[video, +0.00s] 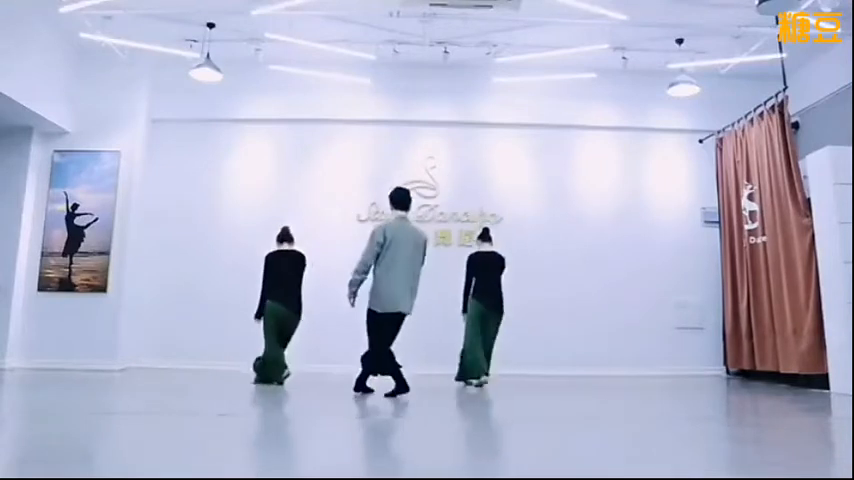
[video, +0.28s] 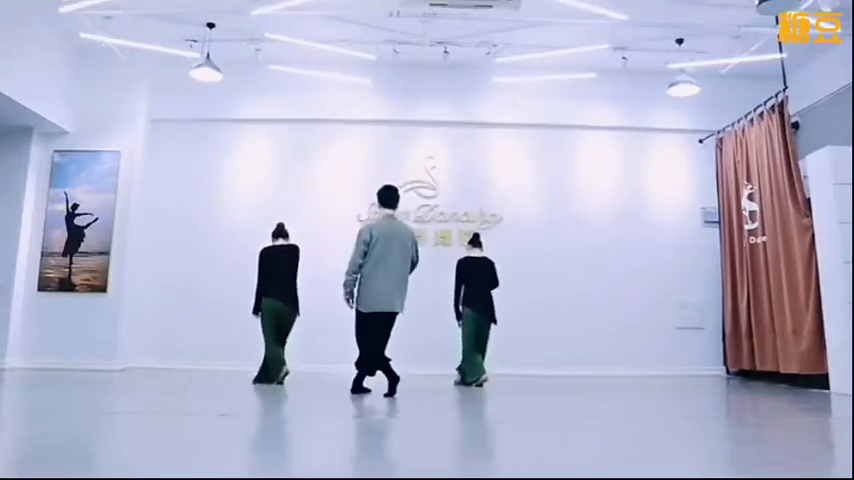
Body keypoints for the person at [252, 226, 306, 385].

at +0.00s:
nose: (285, 245)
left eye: (281, 242)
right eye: (287, 242)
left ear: (277, 241)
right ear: (293, 241)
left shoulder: (271, 257)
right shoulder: (301, 258)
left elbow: (266, 286)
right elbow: (297, 284)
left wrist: (260, 309)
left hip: (273, 303)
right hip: (294, 306)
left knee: (271, 340)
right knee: (281, 344)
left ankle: (279, 370)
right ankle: (265, 372)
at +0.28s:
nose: (279, 241)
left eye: (275, 238)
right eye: (283, 237)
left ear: (272, 237)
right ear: (288, 237)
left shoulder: (265, 252)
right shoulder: (294, 250)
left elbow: (261, 281)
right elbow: (293, 280)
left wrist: (256, 305)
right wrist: (296, 306)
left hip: (269, 300)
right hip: (290, 302)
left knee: (270, 338)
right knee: (279, 341)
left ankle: (279, 368)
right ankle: (264, 376)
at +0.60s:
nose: (277, 231)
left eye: (272, 228)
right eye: (280, 228)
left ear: (269, 228)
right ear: (285, 229)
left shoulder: (261, 245)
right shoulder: (290, 244)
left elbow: (257, 275)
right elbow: (288, 239)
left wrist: (253, 299)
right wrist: (282, 234)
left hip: (265, 294)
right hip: (285, 294)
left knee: (268, 333)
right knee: (283, 333)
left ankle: (278, 366)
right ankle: (268, 372)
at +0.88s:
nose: (275, 229)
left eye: (271, 225)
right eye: (279, 225)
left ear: (268, 226)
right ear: (284, 226)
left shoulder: (260, 244)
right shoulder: (289, 243)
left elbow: (254, 273)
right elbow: (290, 236)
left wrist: (250, 296)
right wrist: (281, 233)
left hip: (263, 292)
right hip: (282, 292)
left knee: (265, 330)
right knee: (280, 330)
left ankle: (276, 366)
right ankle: (265, 372)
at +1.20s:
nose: (275, 228)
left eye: (269, 225)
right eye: (278, 225)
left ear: (266, 226)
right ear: (281, 226)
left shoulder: (258, 245)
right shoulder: (288, 245)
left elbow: (252, 274)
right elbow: (285, 243)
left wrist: (249, 297)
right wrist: (279, 234)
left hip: (261, 293)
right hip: (281, 293)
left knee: (263, 332)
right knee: (280, 333)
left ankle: (275, 366)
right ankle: (276, 373)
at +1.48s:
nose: (275, 227)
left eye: (269, 224)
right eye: (277, 224)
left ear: (265, 226)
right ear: (280, 226)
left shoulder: (257, 245)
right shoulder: (287, 244)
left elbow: (252, 274)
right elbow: (292, 240)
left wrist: (249, 298)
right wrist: (280, 233)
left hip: (262, 293)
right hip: (281, 294)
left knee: (263, 332)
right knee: (278, 333)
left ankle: (275, 366)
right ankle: (267, 373)